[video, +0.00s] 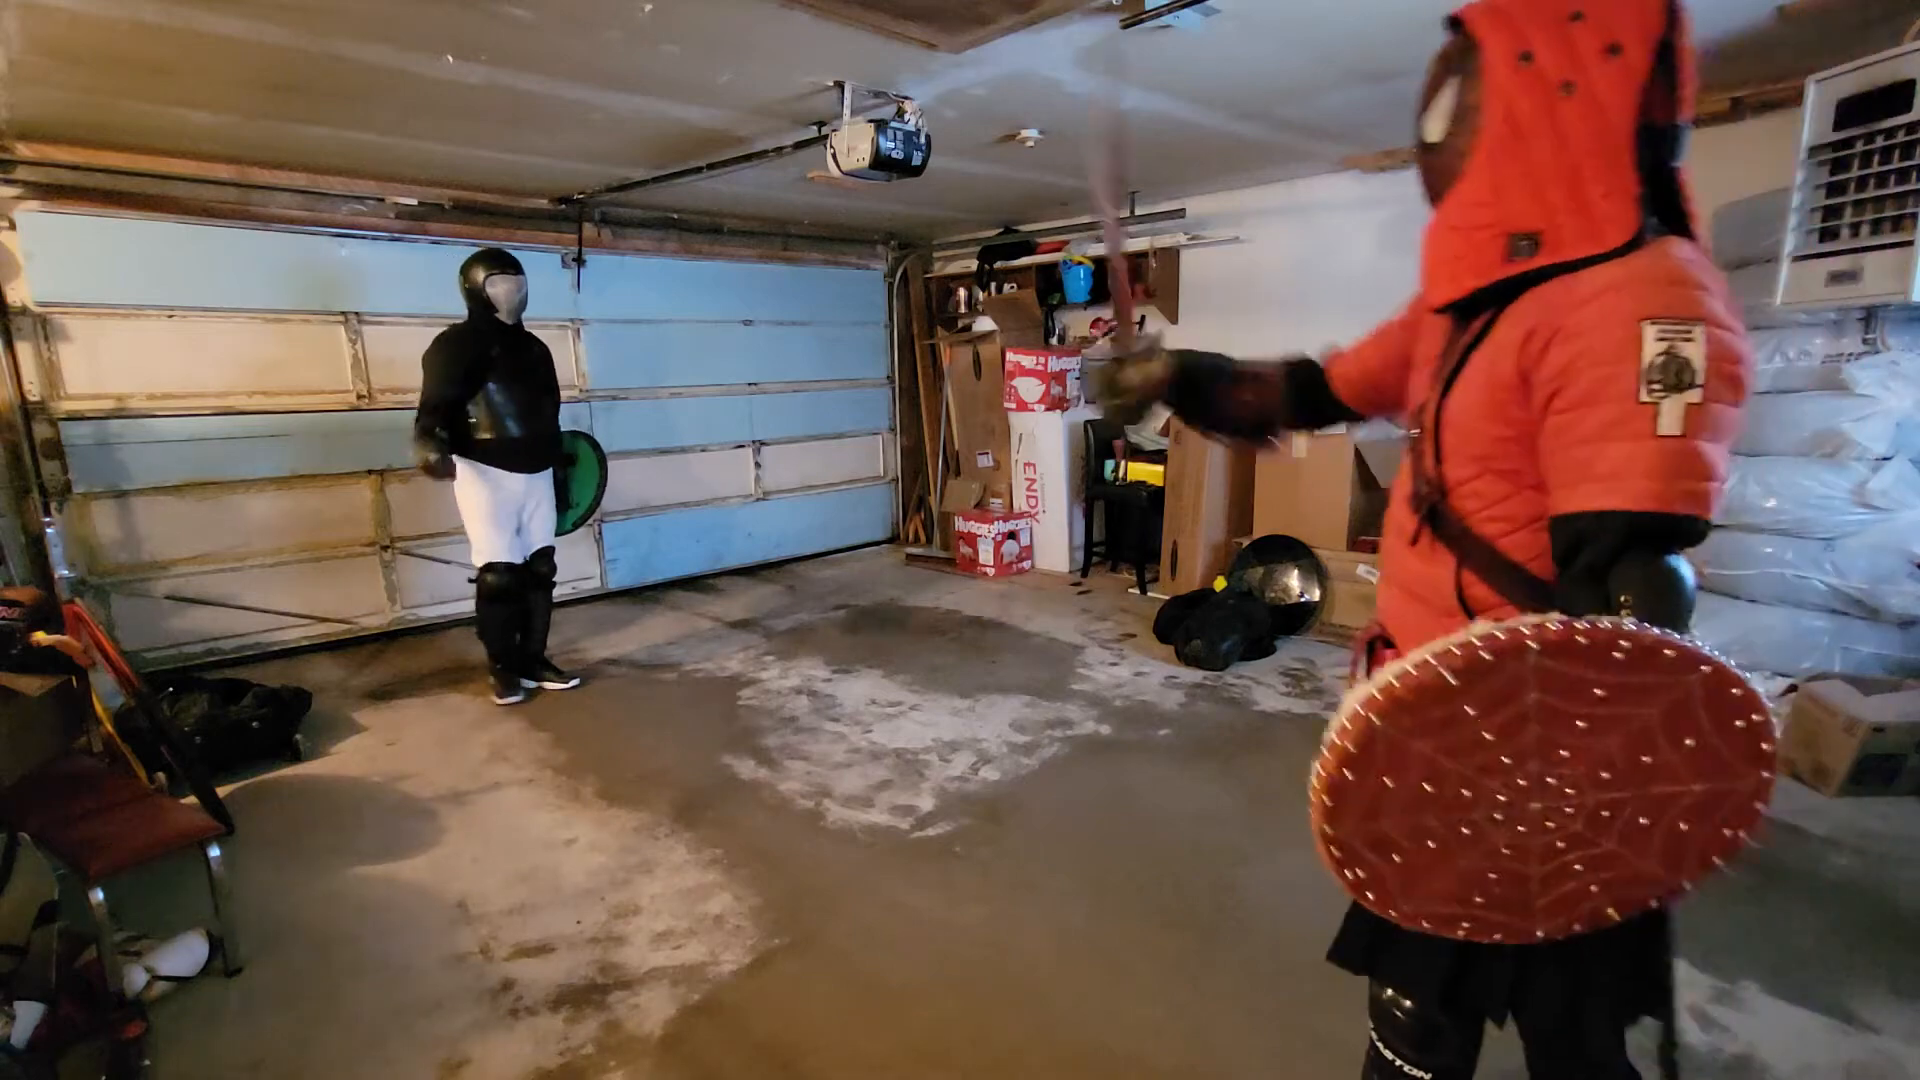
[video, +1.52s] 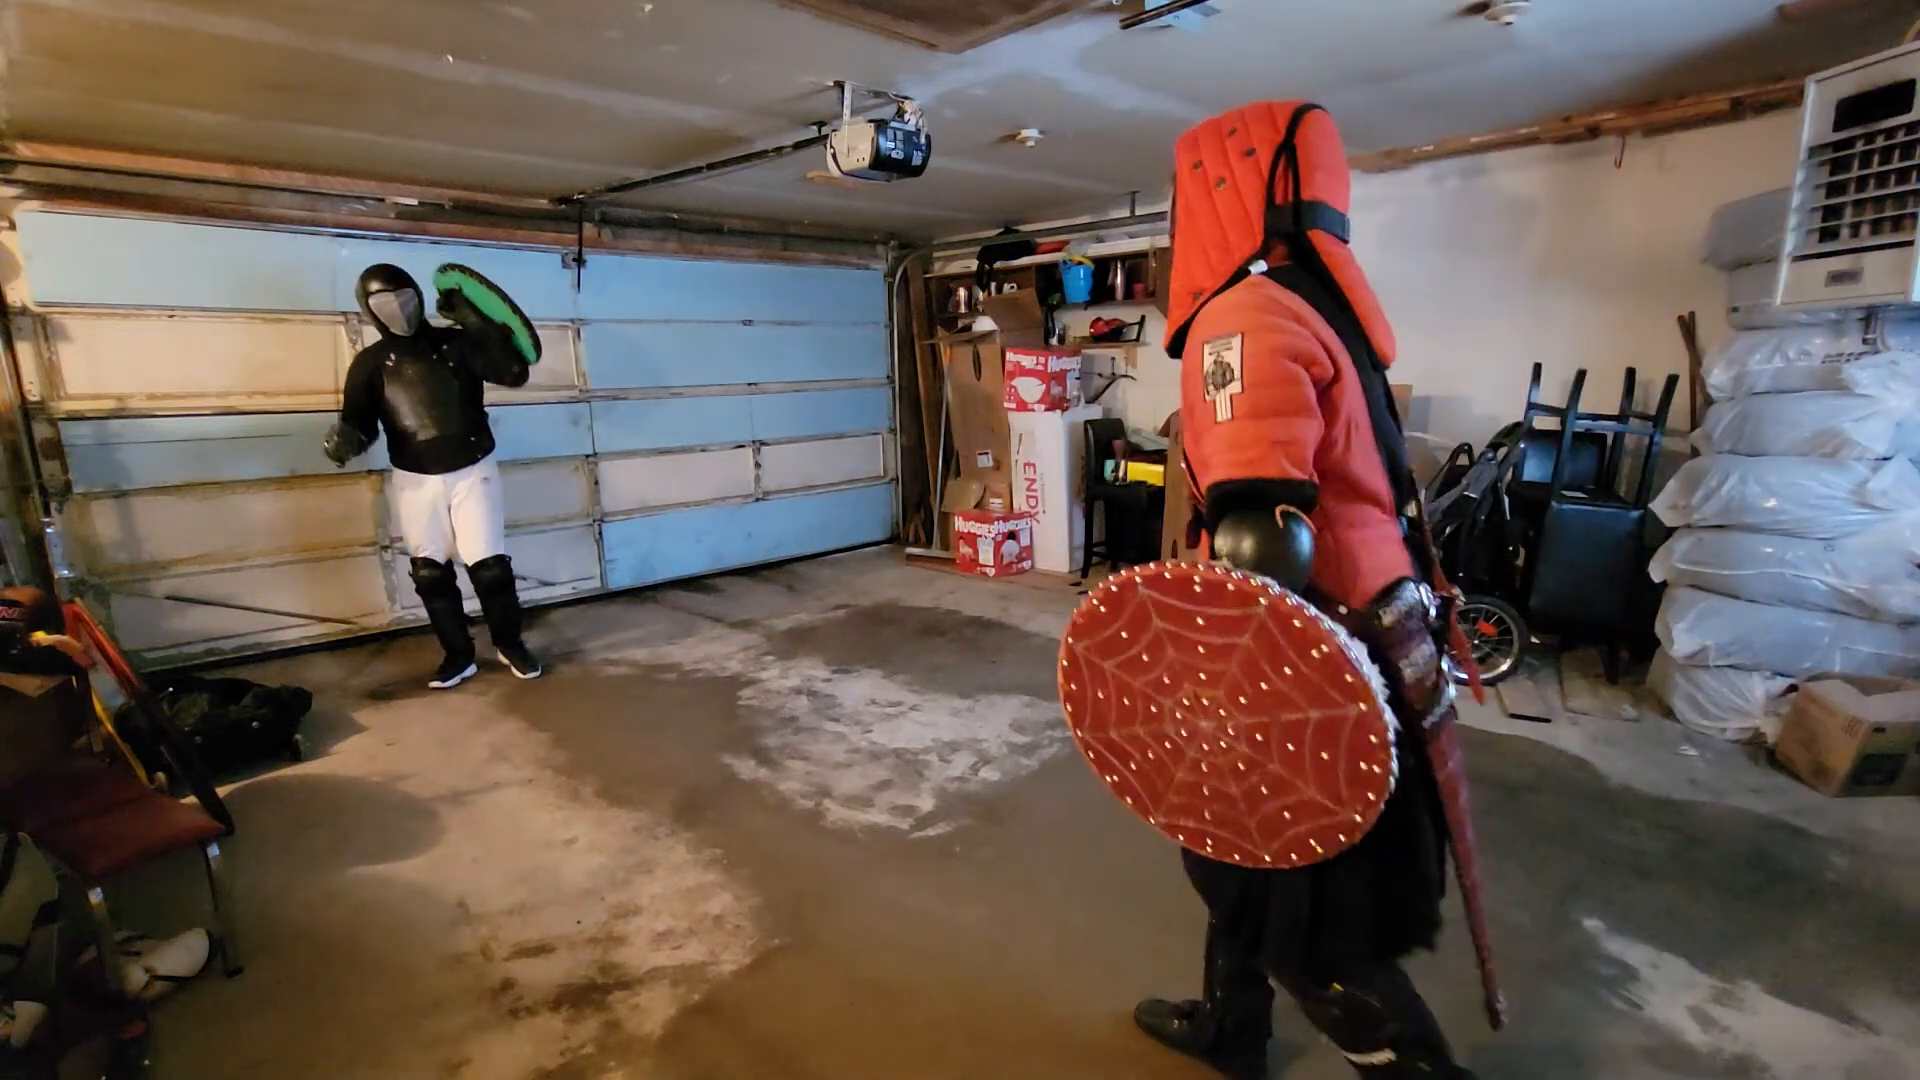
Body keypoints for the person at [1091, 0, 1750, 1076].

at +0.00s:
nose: (1431, 133)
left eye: (1456, 92)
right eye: (1434, 99)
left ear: (1556, 91)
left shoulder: (1641, 299)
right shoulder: (1475, 295)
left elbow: (1630, 601)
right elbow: (1316, 391)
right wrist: (1176, 379)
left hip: (1555, 769)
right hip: (1433, 751)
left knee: (1581, 1048)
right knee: (1413, 1037)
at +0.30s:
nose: (1338, 144)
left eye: (1362, 105)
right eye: (1341, 108)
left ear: (1458, 104)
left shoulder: (1558, 307)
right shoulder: (1411, 271)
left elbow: (1594, 607)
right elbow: (1307, 299)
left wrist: (1540, 818)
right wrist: (1186, 300)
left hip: (1469, 706)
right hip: (1393, 679)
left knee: (1404, 962)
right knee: (1494, 960)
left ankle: (1414, 1067)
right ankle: (1539, 1062)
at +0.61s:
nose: (1283, 141)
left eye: (1307, 102)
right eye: (1288, 105)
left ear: (1395, 106)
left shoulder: (1476, 316)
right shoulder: (1373, 297)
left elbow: (1523, 610)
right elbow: (1359, 508)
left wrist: (1485, 813)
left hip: (1407, 701)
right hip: (1337, 675)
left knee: (1367, 897)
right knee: (1284, 839)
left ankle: (1380, 1057)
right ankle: (1328, 1027)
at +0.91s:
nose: (1234, 180)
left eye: (1251, 146)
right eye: (1239, 150)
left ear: (1322, 146)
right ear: (1336, 147)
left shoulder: (1379, 307)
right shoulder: (1333, 302)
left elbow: (1404, 561)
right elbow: (1314, 520)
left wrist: (1395, 757)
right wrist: (1232, 607)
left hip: (1342, 693)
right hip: (1284, 673)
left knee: (1348, 900)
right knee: (1257, 847)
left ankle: (1367, 1059)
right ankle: (1233, 1017)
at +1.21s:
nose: (1186, 198)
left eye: (1198, 173)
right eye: (1192, 174)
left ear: (1240, 175)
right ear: (1295, 172)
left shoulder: (1280, 303)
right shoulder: (1285, 298)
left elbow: (1294, 524)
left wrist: (1277, 701)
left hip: (1310, 671)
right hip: (1286, 660)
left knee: (1319, 879)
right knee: (1247, 841)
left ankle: (1363, 1058)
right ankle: (1232, 1018)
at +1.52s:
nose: (1174, 228)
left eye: (1184, 202)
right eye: (1180, 203)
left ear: (1226, 200)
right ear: (1287, 197)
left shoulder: (1248, 320)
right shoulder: (1305, 307)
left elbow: (1262, 544)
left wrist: (1240, 722)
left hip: (1317, 686)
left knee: (1312, 924)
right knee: (1235, 847)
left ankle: (1413, 1059)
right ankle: (1230, 1019)